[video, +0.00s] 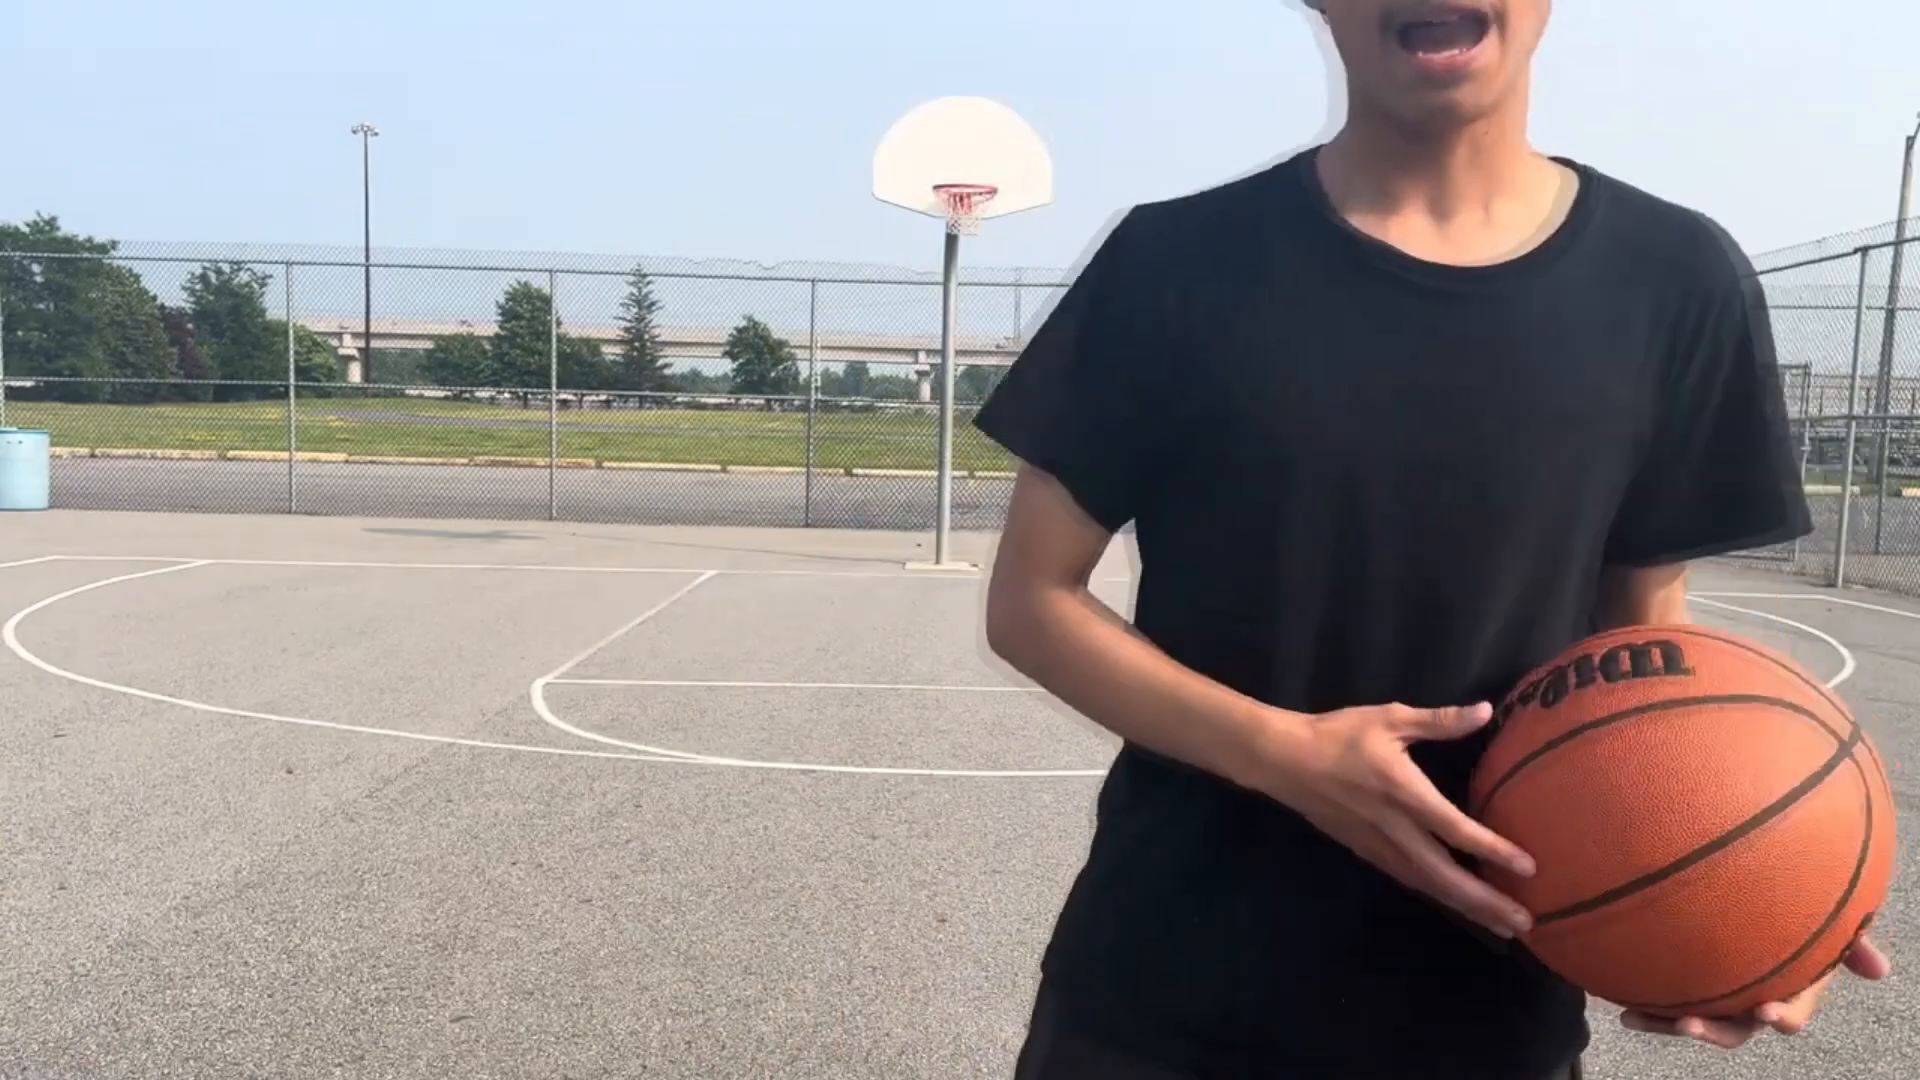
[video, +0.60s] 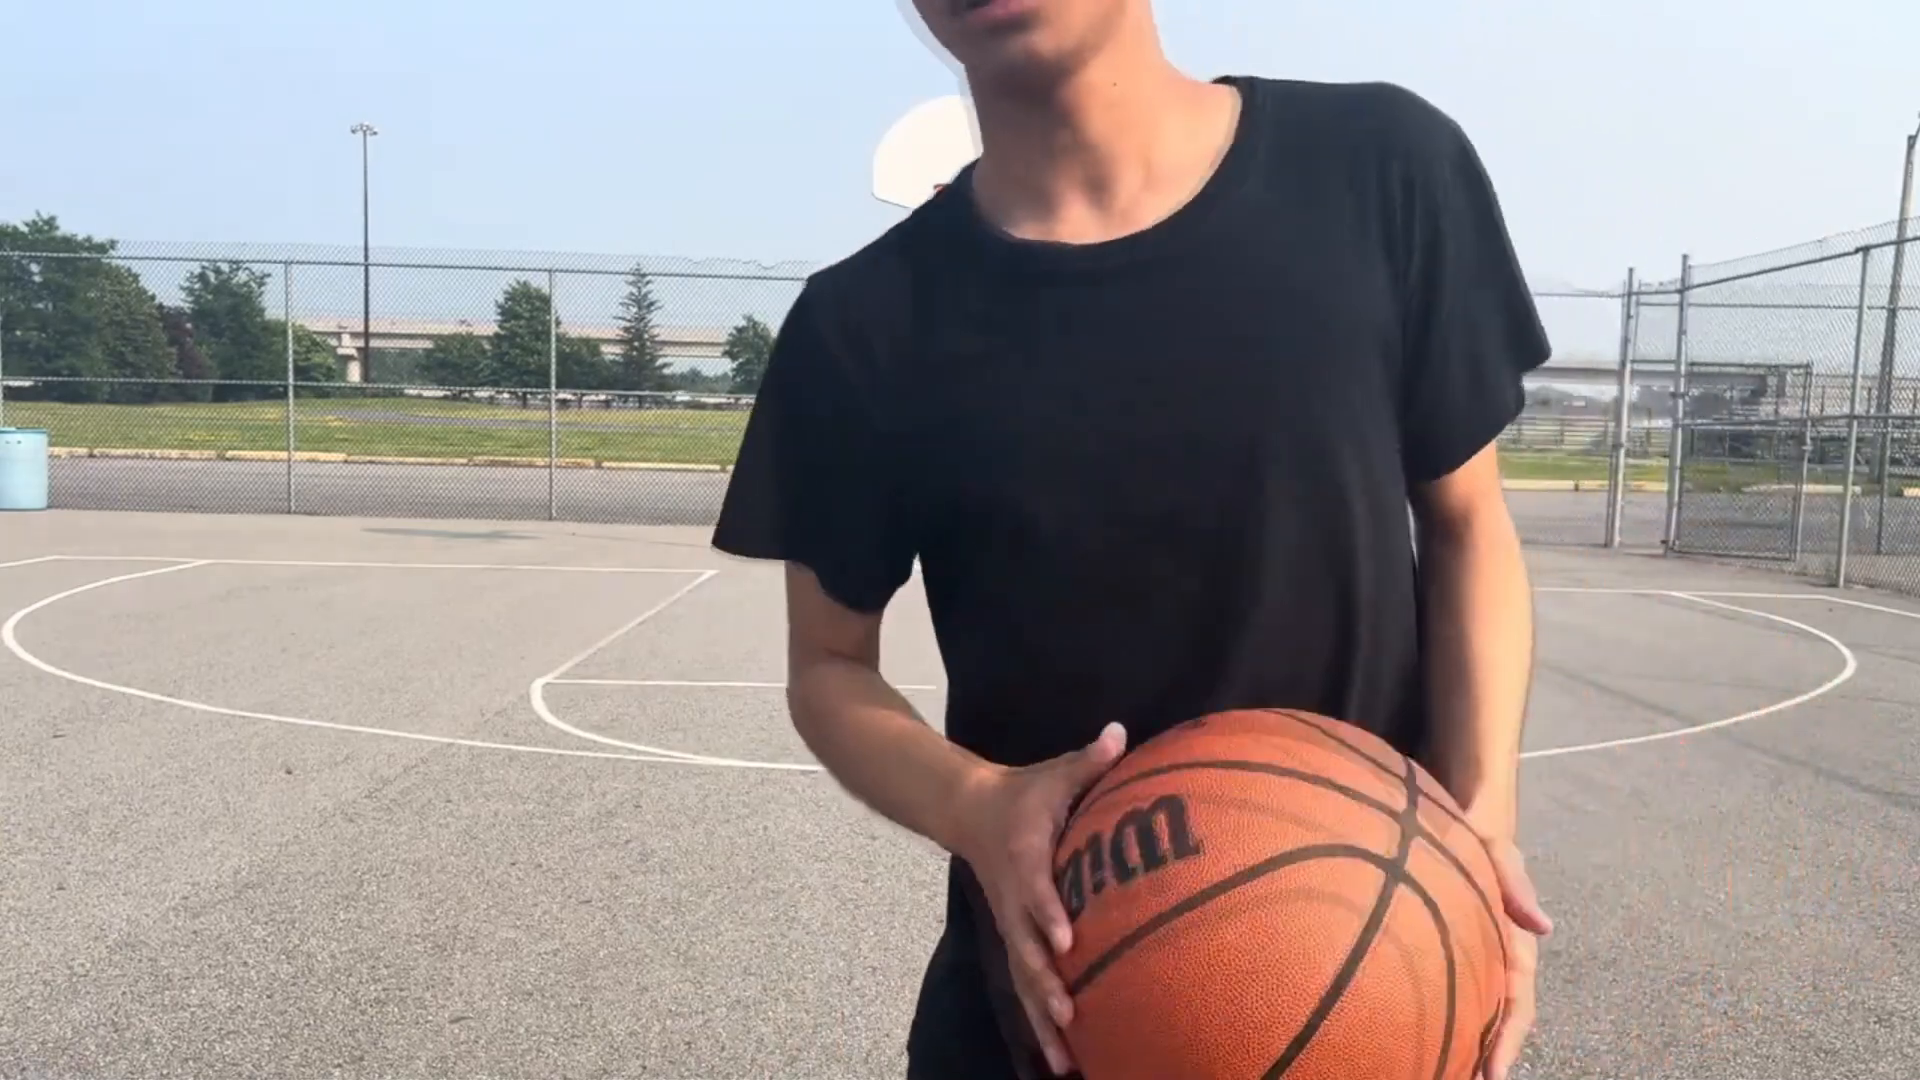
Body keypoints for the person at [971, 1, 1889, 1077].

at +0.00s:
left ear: (1545, 2)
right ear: (1321, 2)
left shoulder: (1676, 281)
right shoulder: (1171, 265)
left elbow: (1646, 635)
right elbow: (1027, 599)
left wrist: (1717, 892)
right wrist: (1282, 752)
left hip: (1485, 1029)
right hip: (1166, 1011)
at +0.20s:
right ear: (1180, 0)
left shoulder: (1556, 240)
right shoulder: (1054, 265)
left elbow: (1522, 611)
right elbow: (943, 636)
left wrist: (1627, 889)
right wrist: (1212, 763)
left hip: (1442, 1020)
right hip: (1124, 1017)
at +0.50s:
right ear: (983, 0)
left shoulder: (1420, 173)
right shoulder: (893, 297)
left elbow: (1472, 516)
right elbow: (831, 653)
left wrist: (1516, 771)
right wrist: (1005, 768)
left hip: (1391, 972)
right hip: (1046, 999)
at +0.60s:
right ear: (909, 8)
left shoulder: (1387, 167)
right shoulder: (861, 323)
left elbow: (1470, 524)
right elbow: (827, 666)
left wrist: (1477, 820)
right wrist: (974, 805)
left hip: (1371, 947)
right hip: (1036, 987)